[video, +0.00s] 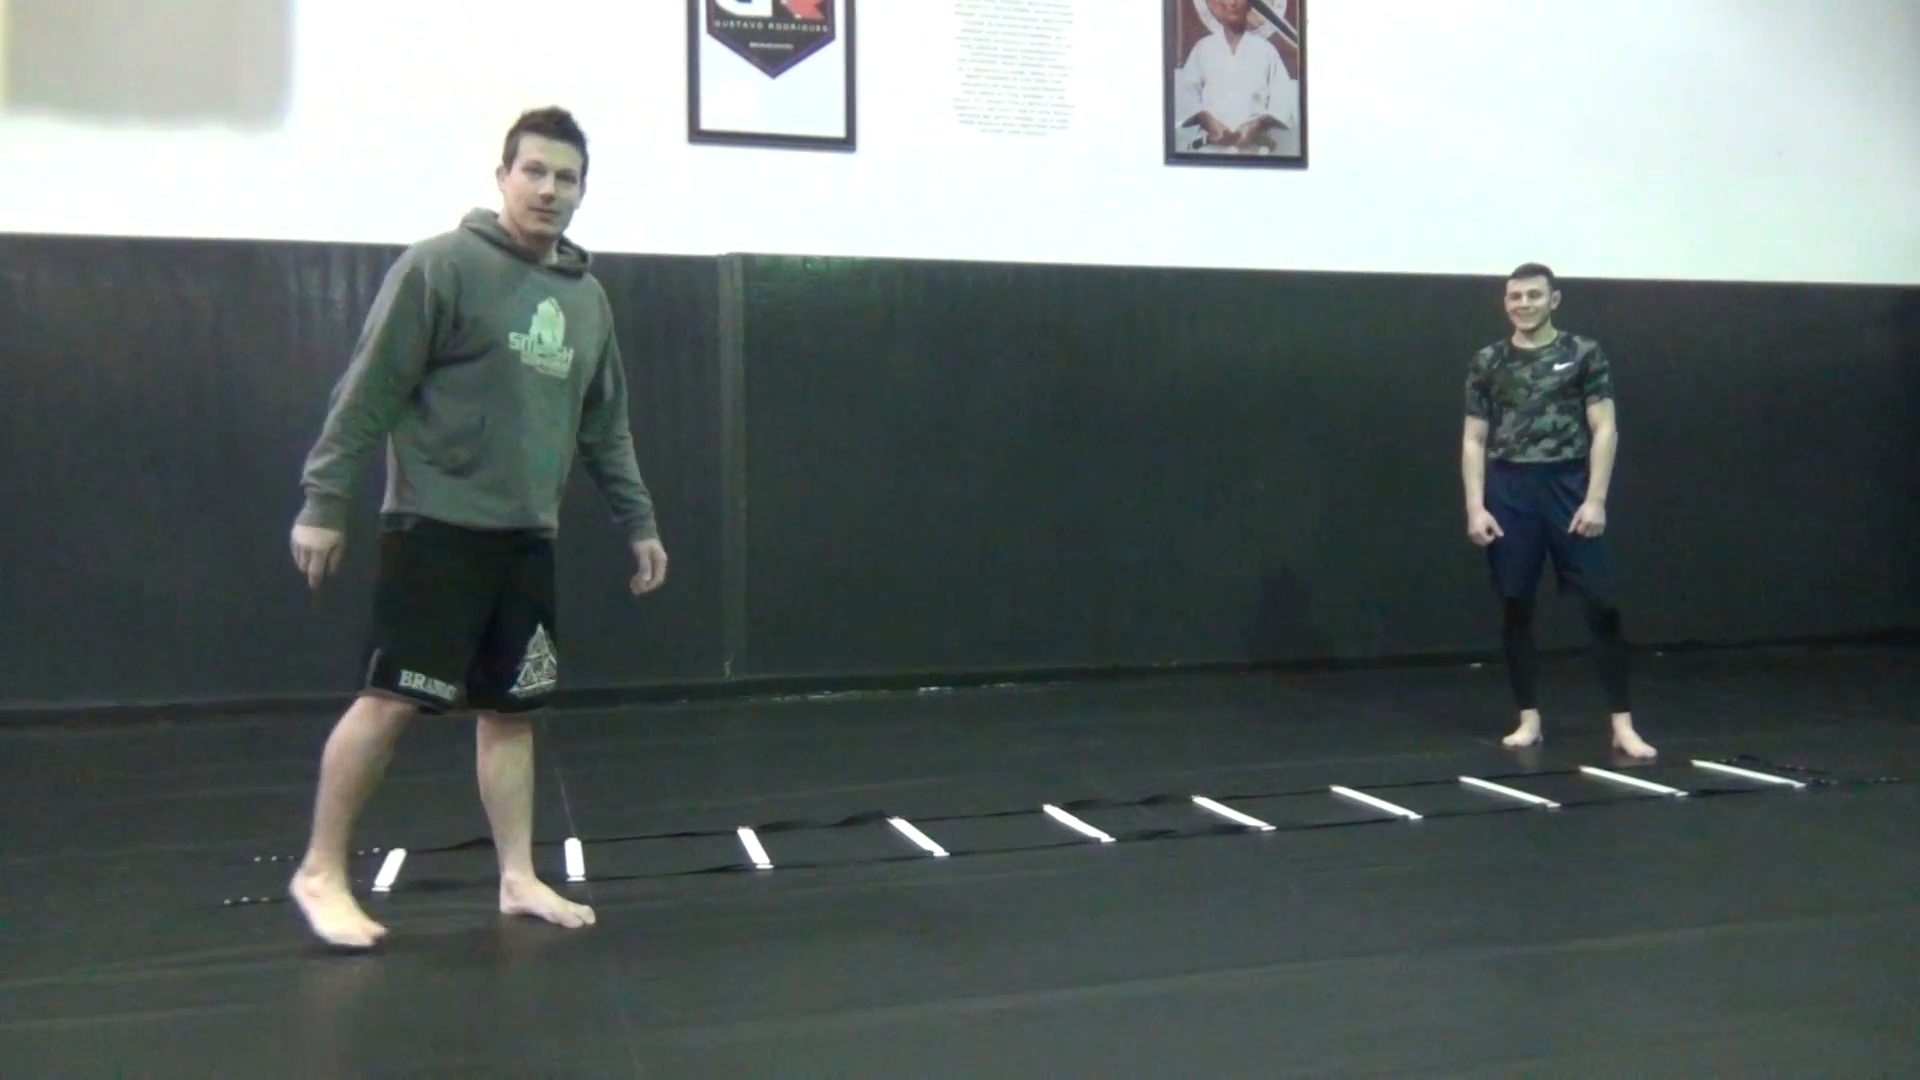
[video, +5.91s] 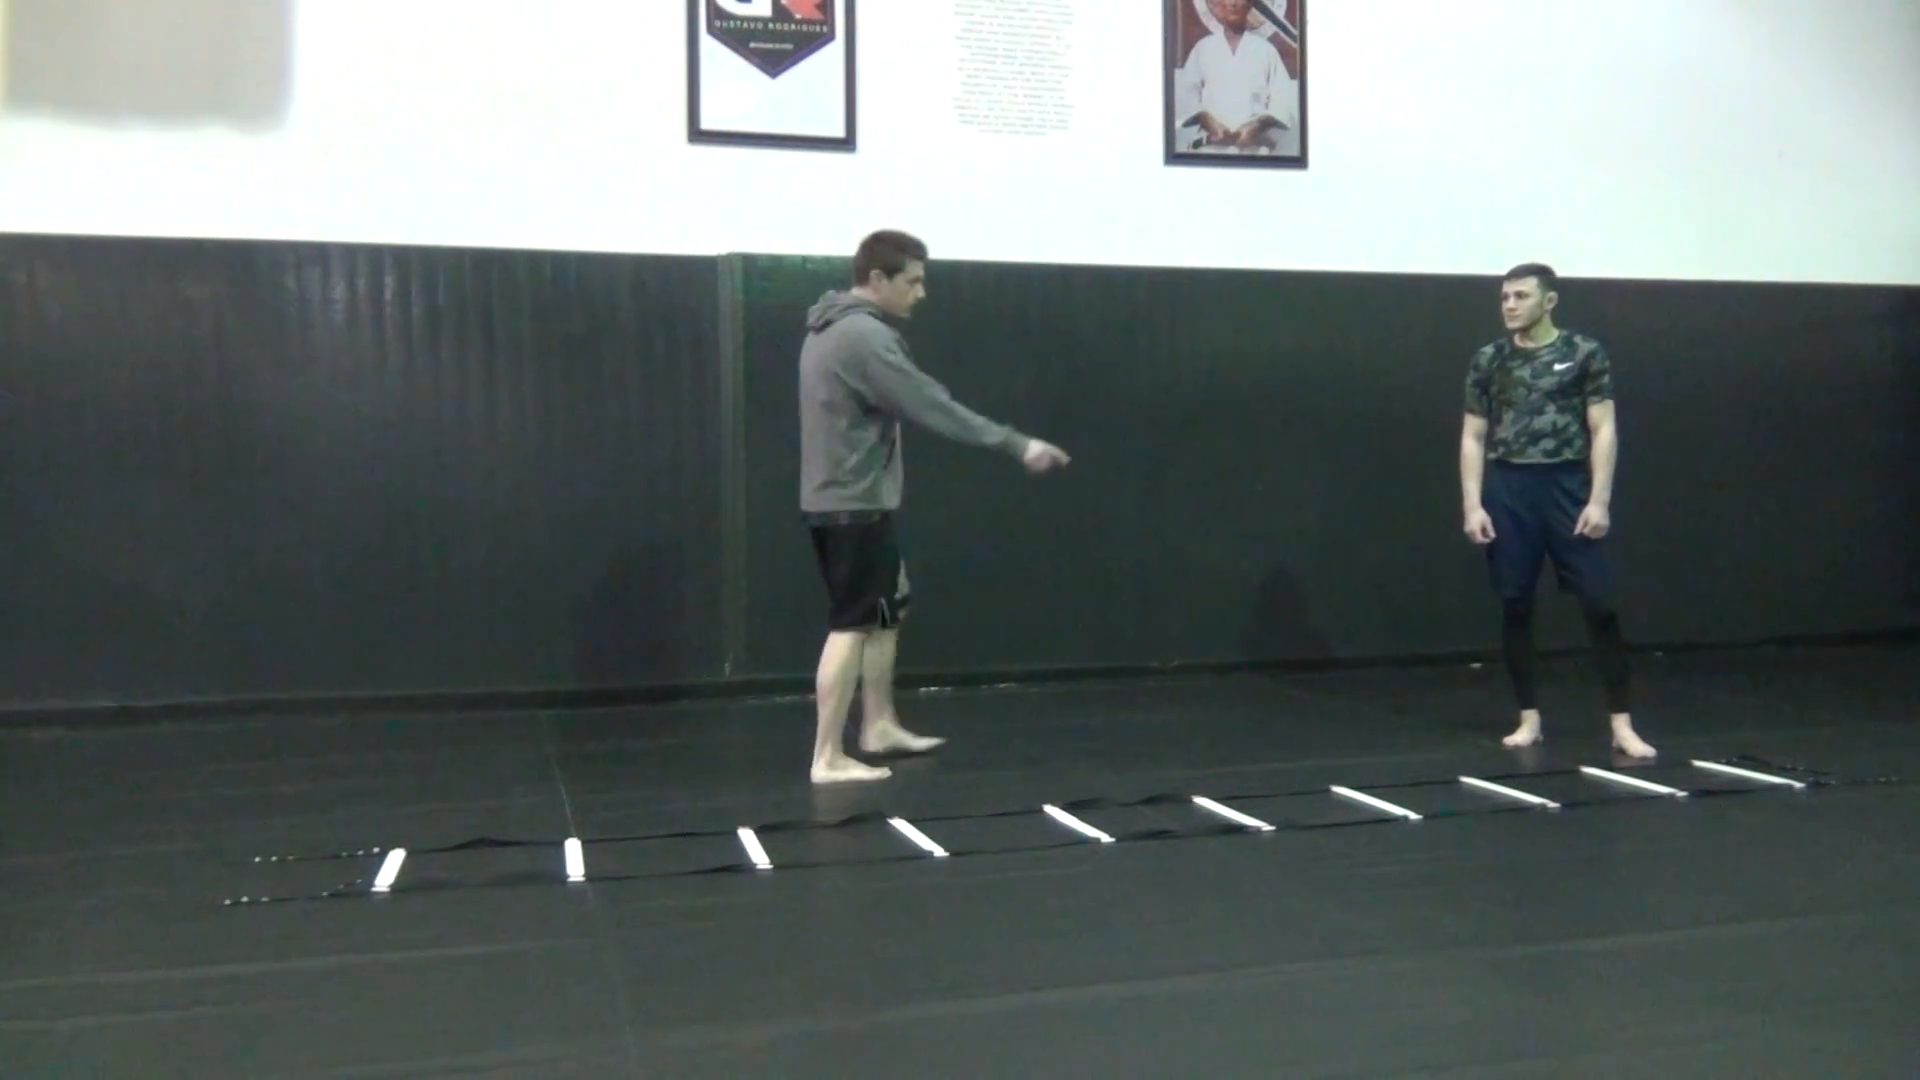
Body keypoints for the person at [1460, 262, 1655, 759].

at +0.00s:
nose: (1523, 304)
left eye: (1533, 296)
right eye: (1515, 297)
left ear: (1554, 300)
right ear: (1505, 303)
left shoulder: (1584, 353)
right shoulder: (1487, 362)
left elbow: (1604, 428)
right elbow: (1474, 440)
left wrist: (1596, 498)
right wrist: (1475, 507)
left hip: (1570, 490)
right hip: (1509, 492)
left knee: (1602, 602)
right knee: (1515, 606)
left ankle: (1621, 723)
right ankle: (1528, 718)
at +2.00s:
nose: (1516, 304)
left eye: (1528, 295)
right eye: (1510, 297)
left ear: (1553, 299)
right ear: (1504, 303)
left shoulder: (1586, 353)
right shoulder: (1489, 361)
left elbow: (1605, 428)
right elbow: (1474, 438)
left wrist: (1595, 499)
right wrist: (1475, 506)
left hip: (1571, 491)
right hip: (1509, 492)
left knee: (1601, 604)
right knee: (1515, 605)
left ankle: (1621, 724)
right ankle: (1528, 718)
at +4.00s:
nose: (1514, 304)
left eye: (1525, 296)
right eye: (1509, 297)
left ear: (1552, 300)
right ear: (1504, 304)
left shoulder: (1586, 353)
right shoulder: (1489, 360)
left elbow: (1605, 429)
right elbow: (1473, 437)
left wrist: (1596, 499)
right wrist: (1472, 502)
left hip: (1570, 490)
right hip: (1508, 491)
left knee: (1602, 604)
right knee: (1515, 605)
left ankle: (1621, 724)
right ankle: (1528, 718)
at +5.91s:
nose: (1509, 305)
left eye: (1520, 296)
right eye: (1505, 297)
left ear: (1549, 301)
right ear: (1501, 304)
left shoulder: (1586, 353)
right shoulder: (1488, 359)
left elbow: (1603, 429)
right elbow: (1473, 437)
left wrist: (1600, 500)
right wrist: (1472, 505)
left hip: (1569, 490)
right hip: (1508, 491)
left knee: (1600, 603)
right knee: (1514, 605)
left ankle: (1620, 723)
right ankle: (1528, 717)